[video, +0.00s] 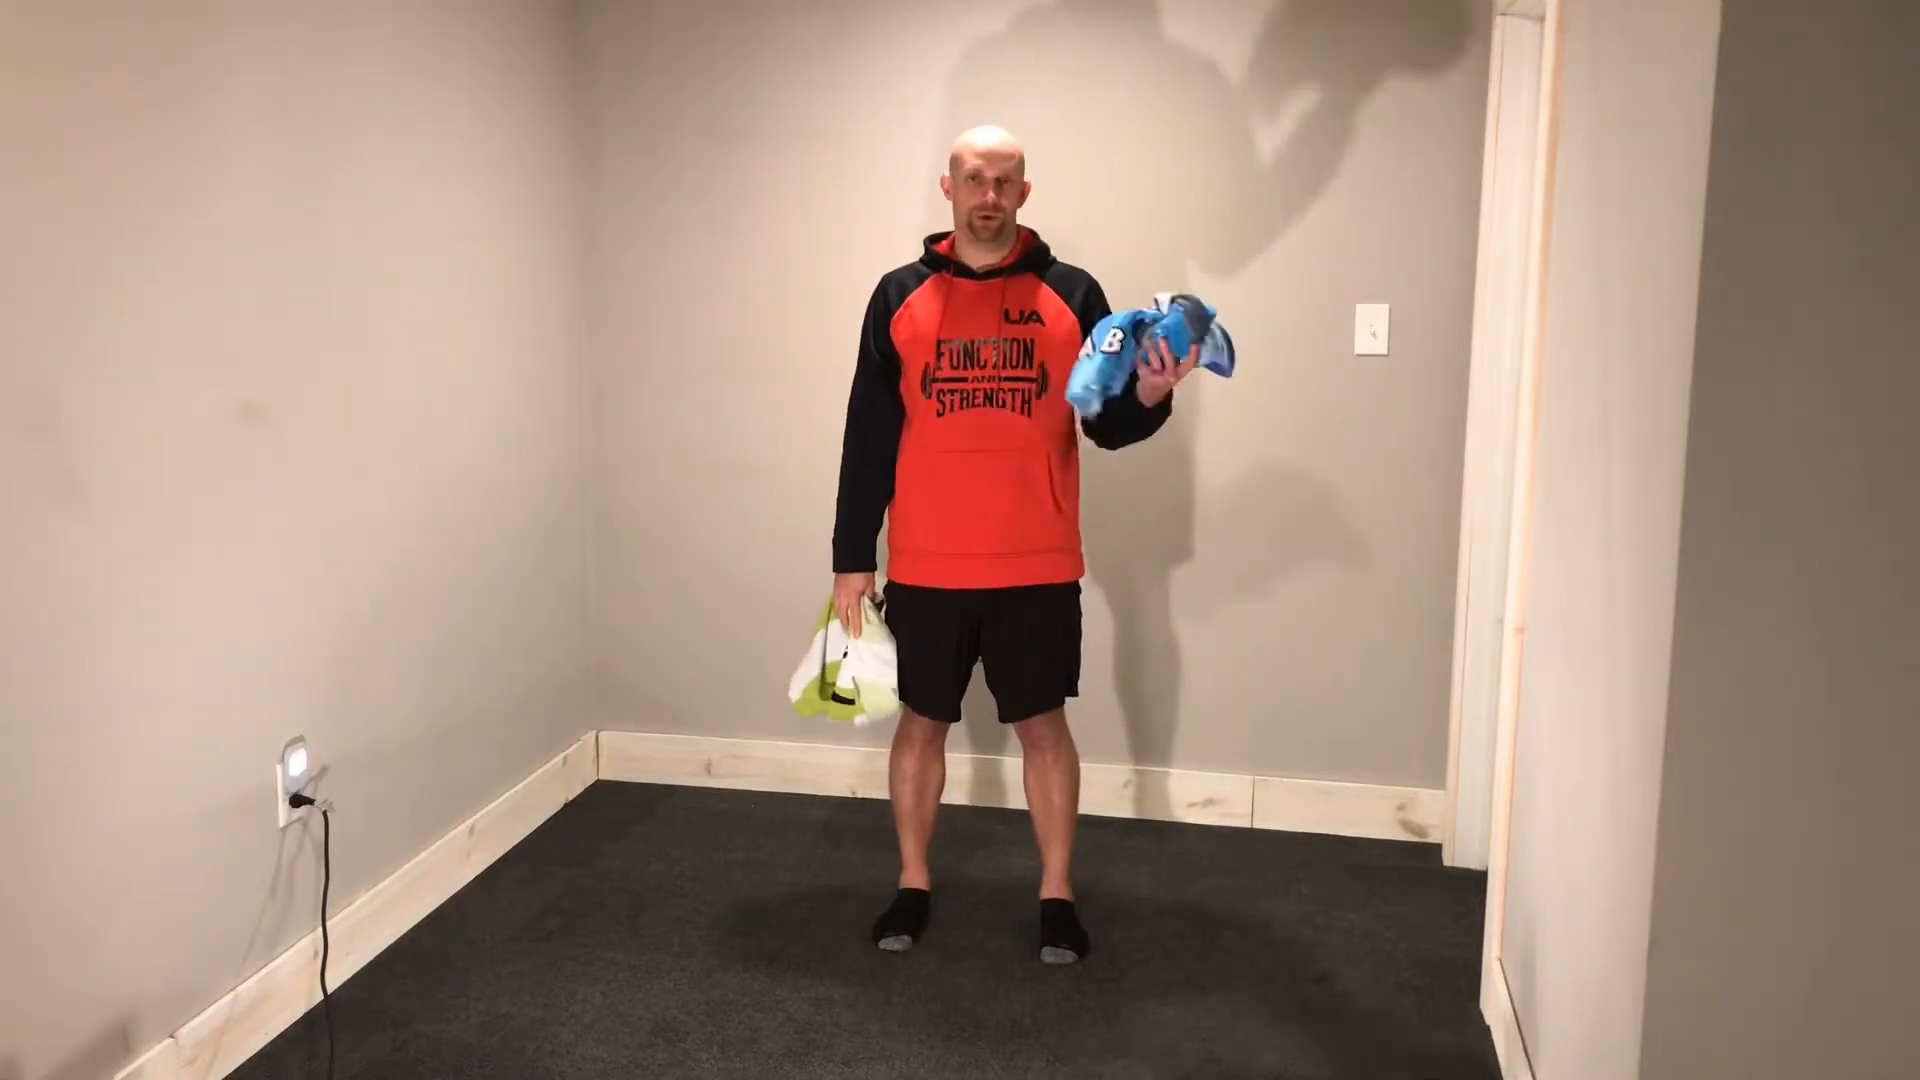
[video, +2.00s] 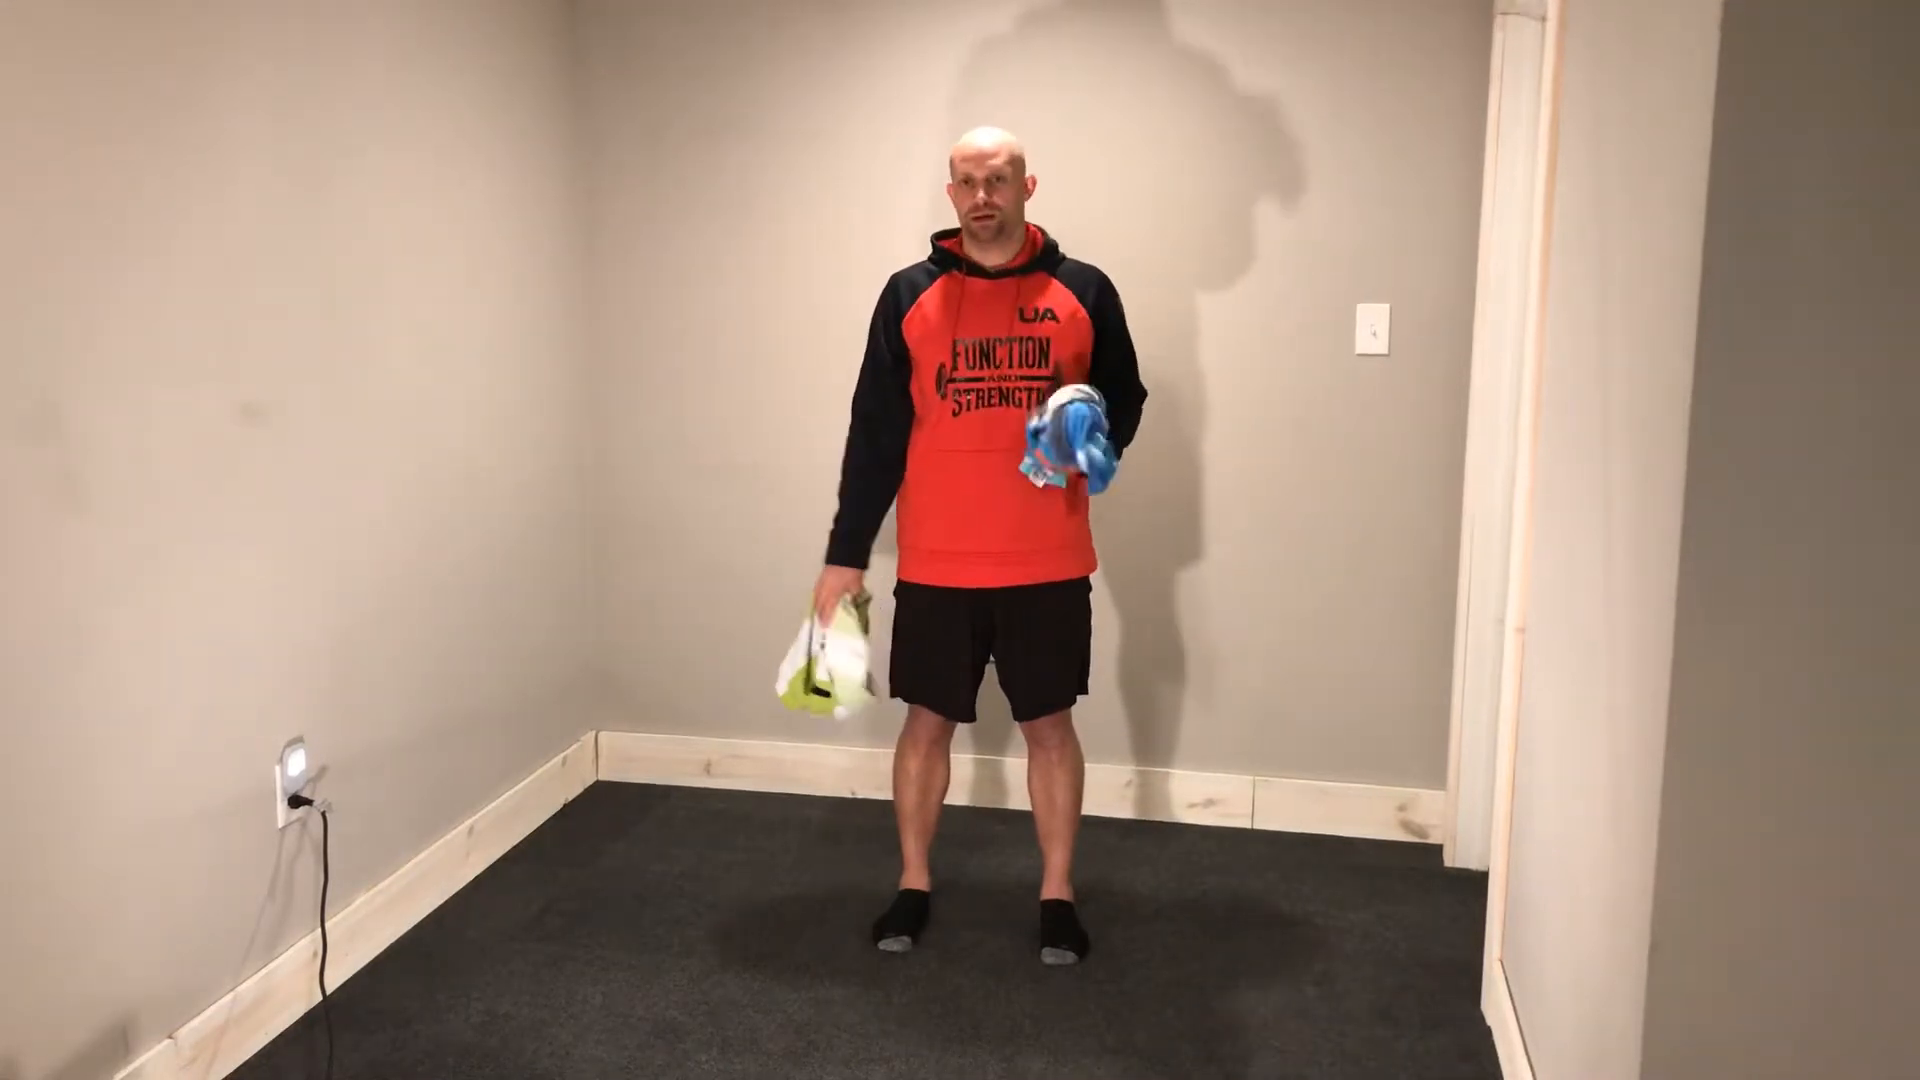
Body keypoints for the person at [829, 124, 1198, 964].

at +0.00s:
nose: (988, 196)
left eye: (1003, 182)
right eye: (974, 181)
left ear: (1024, 191)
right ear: (948, 188)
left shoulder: (1071, 293)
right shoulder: (901, 296)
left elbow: (1110, 426)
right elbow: (869, 434)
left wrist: (1153, 400)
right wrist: (852, 557)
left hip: (1035, 560)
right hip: (929, 559)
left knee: (1040, 723)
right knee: (921, 720)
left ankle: (1057, 898)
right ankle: (912, 887)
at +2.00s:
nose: (980, 196)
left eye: (996, 181)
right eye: (966, 183)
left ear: (1028, 188)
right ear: (950, 193)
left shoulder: (1084, 292)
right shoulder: (910, 296)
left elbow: (1124, 399)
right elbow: (875, 433)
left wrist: (1090, 438)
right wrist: (845, 554)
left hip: (1045, 559)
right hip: (938, 561)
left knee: (1048, 725)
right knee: (926, 720)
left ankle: (1058, 897)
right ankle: (912, 888)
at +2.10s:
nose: (983, 202)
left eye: (997, 185)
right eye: (968, 187)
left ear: (1030, 186)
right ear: (951, 193)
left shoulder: (1087, 291)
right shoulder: (911, 295)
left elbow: (1127, 398)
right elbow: (863, 416)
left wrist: (1093, 443)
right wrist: (821, 529)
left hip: (1045, 559)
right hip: (938, 560)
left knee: (1049, 723)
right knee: (927, 719)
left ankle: (1057, 898)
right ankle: (912, 887)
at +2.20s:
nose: (986, 205)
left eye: (1000, 187)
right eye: (970, 190)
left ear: (1030, 185)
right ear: (951, 194)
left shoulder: (1090, 293)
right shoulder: (913, 294)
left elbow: (1128, 403)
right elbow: (854, 402)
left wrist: (1091, 445)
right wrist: (805, 500)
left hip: (1045, 559)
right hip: (938, 558)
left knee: (1048, 723)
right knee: (927, 718)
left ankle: (1058, 898)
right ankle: (912, 887)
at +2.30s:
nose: (975, 216)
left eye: (989, 199)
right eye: (961, 201)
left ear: (1029, 186)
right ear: (948, 198)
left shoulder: (1090, 293)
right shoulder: (915, 291)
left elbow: (1130, 406)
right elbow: (850, 381)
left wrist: (1093, 444)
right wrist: (786, 440)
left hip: (1046, 558)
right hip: (938, 557)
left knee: (1048, 722)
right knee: (928, 715)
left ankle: (1057, 897)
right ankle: (912, 887)